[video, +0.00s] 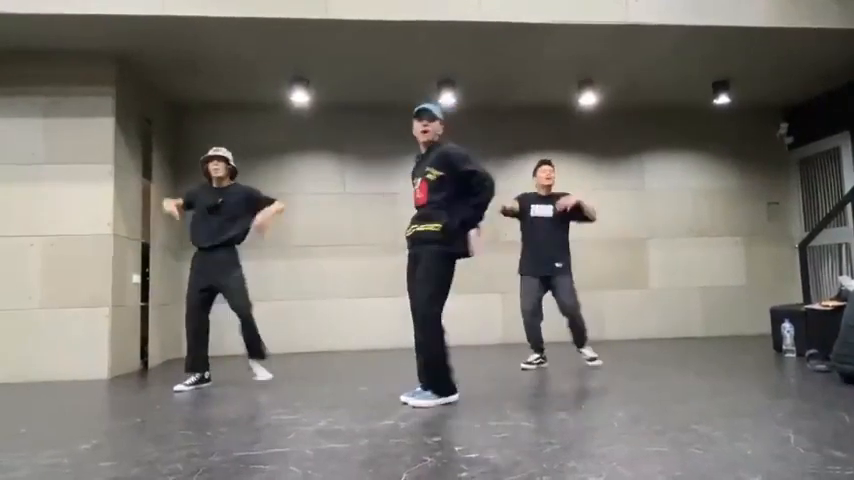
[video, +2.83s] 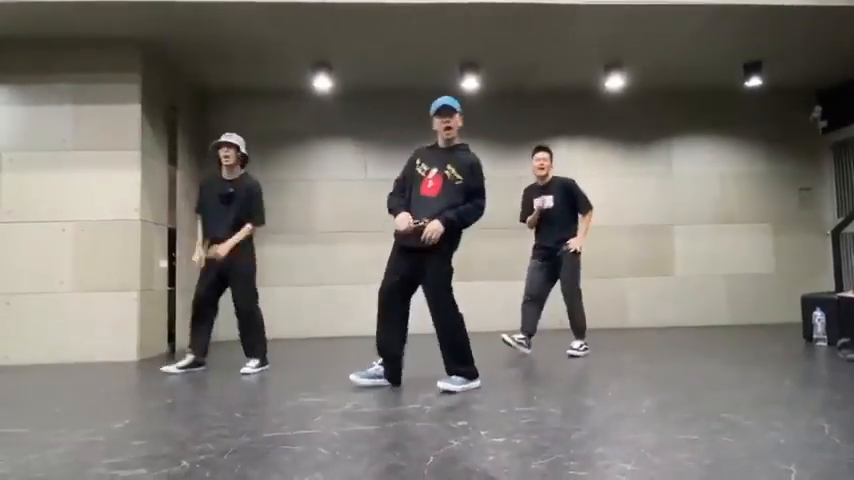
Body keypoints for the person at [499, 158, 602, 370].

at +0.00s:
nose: (548, 174)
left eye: (551, 171)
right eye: (543, 171)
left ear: (555, 176)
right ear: (535, 177)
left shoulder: (564, 201)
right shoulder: (525, 200)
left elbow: (591, 217)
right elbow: (511, 209)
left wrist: (577, 203)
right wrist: (508, 208)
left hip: (559, 267)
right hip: (531, 269)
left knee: (571, 307)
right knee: (529, 311)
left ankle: (582, 346)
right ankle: (538, 353)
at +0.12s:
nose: (542, 173)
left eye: (545, 170)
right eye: (538, 170)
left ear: (550, 174)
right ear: (530, 175)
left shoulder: (563, 196)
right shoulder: (525, 200)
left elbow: (585, 216)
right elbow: (516, 219)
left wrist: (570, 233)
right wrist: (519, 238)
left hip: (555, 259)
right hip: (530, 259)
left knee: (551, 303)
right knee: (530, 306)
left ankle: (564, 346)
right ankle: (539, 352)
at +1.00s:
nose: (549, 172)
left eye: (552, 167)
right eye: (545, 168)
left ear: (559, 170)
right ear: (539, 173)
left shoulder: (570, 194)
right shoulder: (542, 202)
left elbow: (593, 218)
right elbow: (539, 231)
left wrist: (579, 246)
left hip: (562, 258)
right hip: (541, 257)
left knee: (565, 305)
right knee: (517, 284)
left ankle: (570, 352)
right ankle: (540, 324)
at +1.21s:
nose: (549, 170)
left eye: (553, 166)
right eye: (545, 167)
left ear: (559, 169)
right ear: (539, 172)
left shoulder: (569, 193)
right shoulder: (541, 201)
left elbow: (592, 219)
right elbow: (542, 229)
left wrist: (579, 247)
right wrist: (542, 244)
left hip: (562, 256)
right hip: (541, 253)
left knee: (561, 303)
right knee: (509, 268)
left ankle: (571, 350)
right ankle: (540, 299)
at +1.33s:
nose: (546, 168)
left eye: (550, 164)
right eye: (542, 165)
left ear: (556, 168)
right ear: (536, 170)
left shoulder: (568, 192)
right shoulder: (537, 199)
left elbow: (592, 216)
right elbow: (533, 226)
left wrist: (579, 245)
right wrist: (551, 213)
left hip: (563, 254)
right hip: (540, 254)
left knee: (564, 301)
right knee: (514, 288)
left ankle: (573, 349)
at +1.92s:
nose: (515, 175)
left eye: (519, 171)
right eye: (511, 172)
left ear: (526, 173)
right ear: (506, 178)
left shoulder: (543, 196)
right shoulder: (509, 203)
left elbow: (561, 225)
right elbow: (507, 233)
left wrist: (553, 250)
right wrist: (519, 222)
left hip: (539, 256)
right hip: (517, 259)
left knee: (544, 301)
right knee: (507, 301)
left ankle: (574, 343)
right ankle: (513, 347)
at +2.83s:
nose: (541, 163)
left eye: (545, 160)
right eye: (537, 160)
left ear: (551, 164)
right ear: (532, 164)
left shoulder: (566, 185)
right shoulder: (530, 191)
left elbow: (587, 210)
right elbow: (529, 223)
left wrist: (581, 238)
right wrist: (537, 211)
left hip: (567, 248)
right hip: (542, 250)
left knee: (570, 292)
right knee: (533, 293)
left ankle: (580, 340)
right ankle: (525, 337)